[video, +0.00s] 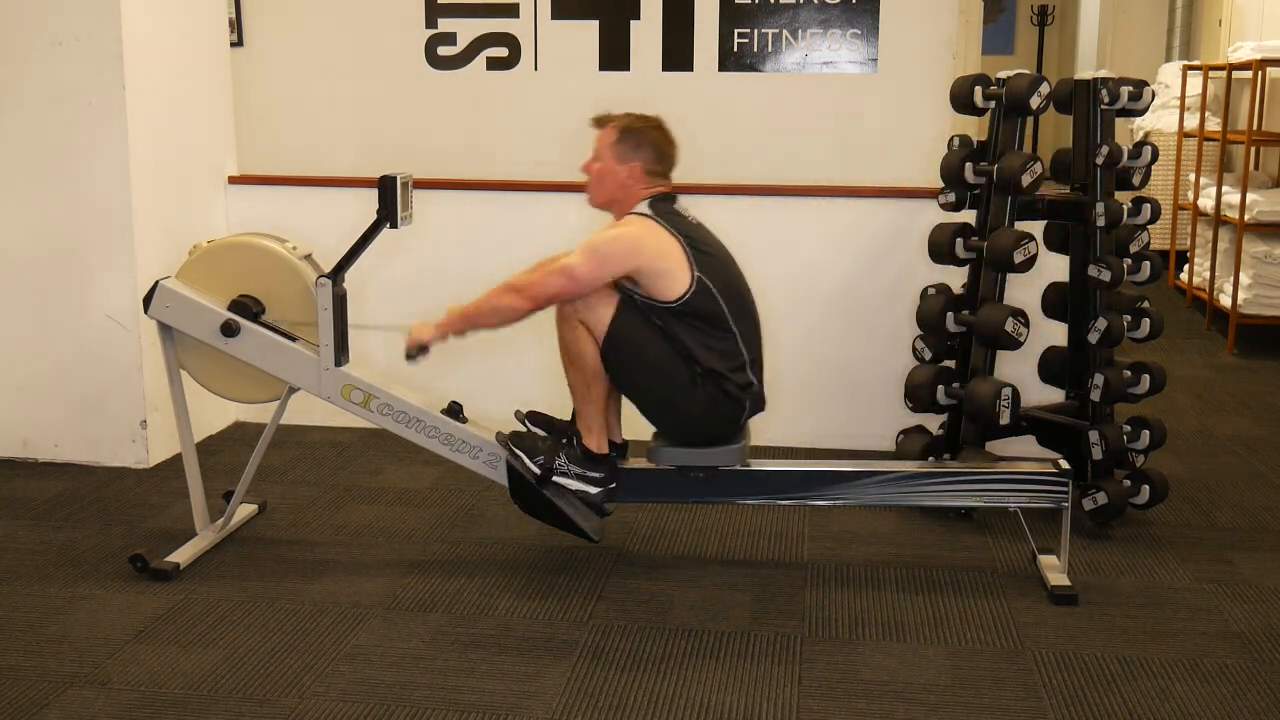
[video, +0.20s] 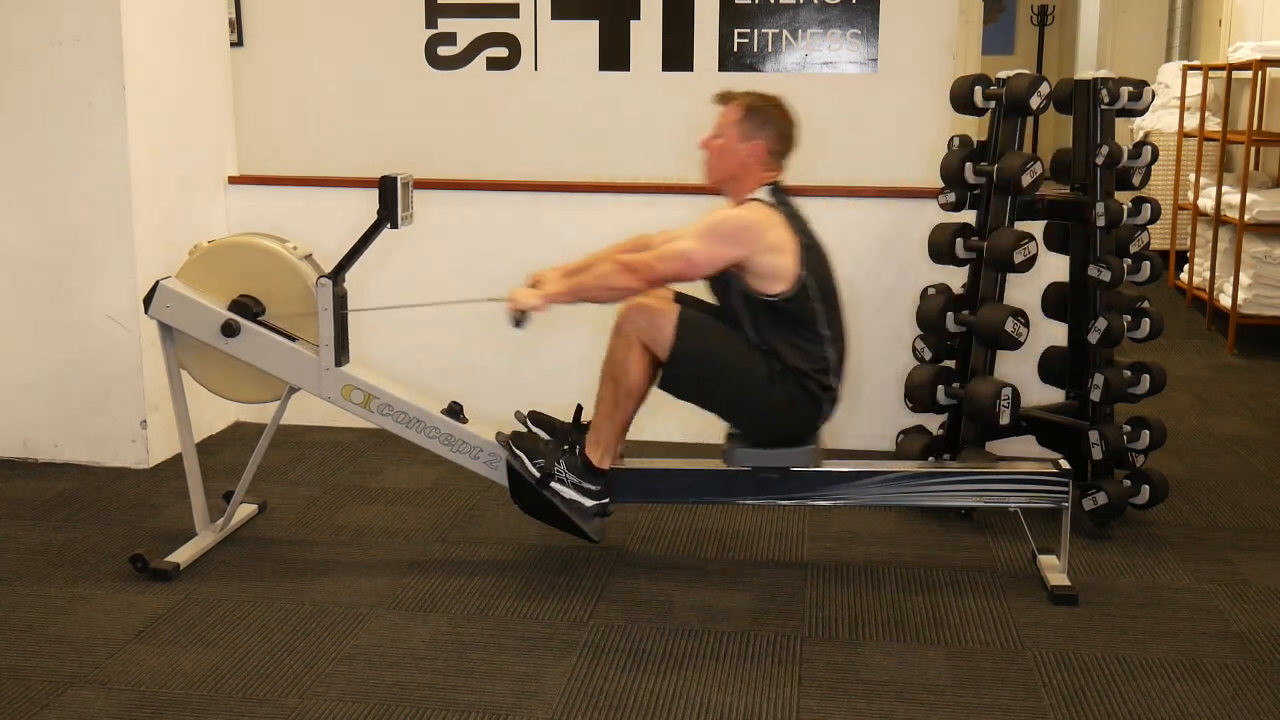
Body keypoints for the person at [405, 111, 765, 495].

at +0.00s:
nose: (586, 168)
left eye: (597, 159)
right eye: (592, 157)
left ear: (632, 173)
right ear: (636, 173)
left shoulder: (636, 236)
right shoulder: (660, 222)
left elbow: (529, 294)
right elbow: (553, 276)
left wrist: (444, 328)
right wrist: (460, 319)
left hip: (707, 411)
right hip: (718, 403)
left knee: (578, 300)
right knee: (587, 289)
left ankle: (593, 453)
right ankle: (604, 435)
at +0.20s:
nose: (704, 144)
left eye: (718, 136)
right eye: (712, 134)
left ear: (756, 151)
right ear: (755, 152)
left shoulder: (752, 223)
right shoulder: (751, 211)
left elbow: (643, 271)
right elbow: (649, 249)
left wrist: (552, 294)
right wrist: (566, 275)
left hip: (788, 400)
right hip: (781, 378)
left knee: (641, 316)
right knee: (651, 302)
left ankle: (595, 469)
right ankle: (598, 440)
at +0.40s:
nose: (871, 138)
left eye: (886, 130)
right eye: (879, 127)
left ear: (923, 149)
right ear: (915, 147)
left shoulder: (910, 225)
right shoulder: (888, 214)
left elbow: (798, 278)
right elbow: (791, 253)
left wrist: (707, 292)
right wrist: (711, 276)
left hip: (891, 395)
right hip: (869, 369)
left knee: (718, 364)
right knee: (714, 354)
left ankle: (594, 479)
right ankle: (601, 454)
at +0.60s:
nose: (1022, 182)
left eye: (1038, 175)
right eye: (1029, 170)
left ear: (1078, 196)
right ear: (1059, 190)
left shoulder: (1062, 266)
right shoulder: (1030, 248)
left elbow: (970, 319)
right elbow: (953, 280)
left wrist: (883, 290)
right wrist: (879, 274)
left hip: (931, 394)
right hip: (908, 363)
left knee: (759, 423)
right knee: (748, 397)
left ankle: (599, 486)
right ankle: (607, 458)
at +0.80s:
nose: (1052, 226)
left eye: (1067, 217)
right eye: (1058, 213)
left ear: (1107, 239)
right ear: (1093, 233)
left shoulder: (1096, 311)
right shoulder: (1057, 287)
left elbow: (1042, 399)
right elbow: (1010, 346)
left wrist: (976, 322)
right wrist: (962, 310)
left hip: (937, 396)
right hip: (915, 369)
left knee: (757, 419)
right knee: (755, 397)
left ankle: (599, 487)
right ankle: (604, 462)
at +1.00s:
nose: (987, 191)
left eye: (1001, 180)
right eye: (991, 179)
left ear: (1046, 194)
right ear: (1036, 192)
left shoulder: (1043, 272)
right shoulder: (1014, 254)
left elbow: (968, 350)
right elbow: (953, 291)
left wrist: (883, 310)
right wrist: (886, 285)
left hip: (931, 402)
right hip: (913, 377)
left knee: (744, 394)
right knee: (744, 376)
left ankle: (598, 485)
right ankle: (611, 460)